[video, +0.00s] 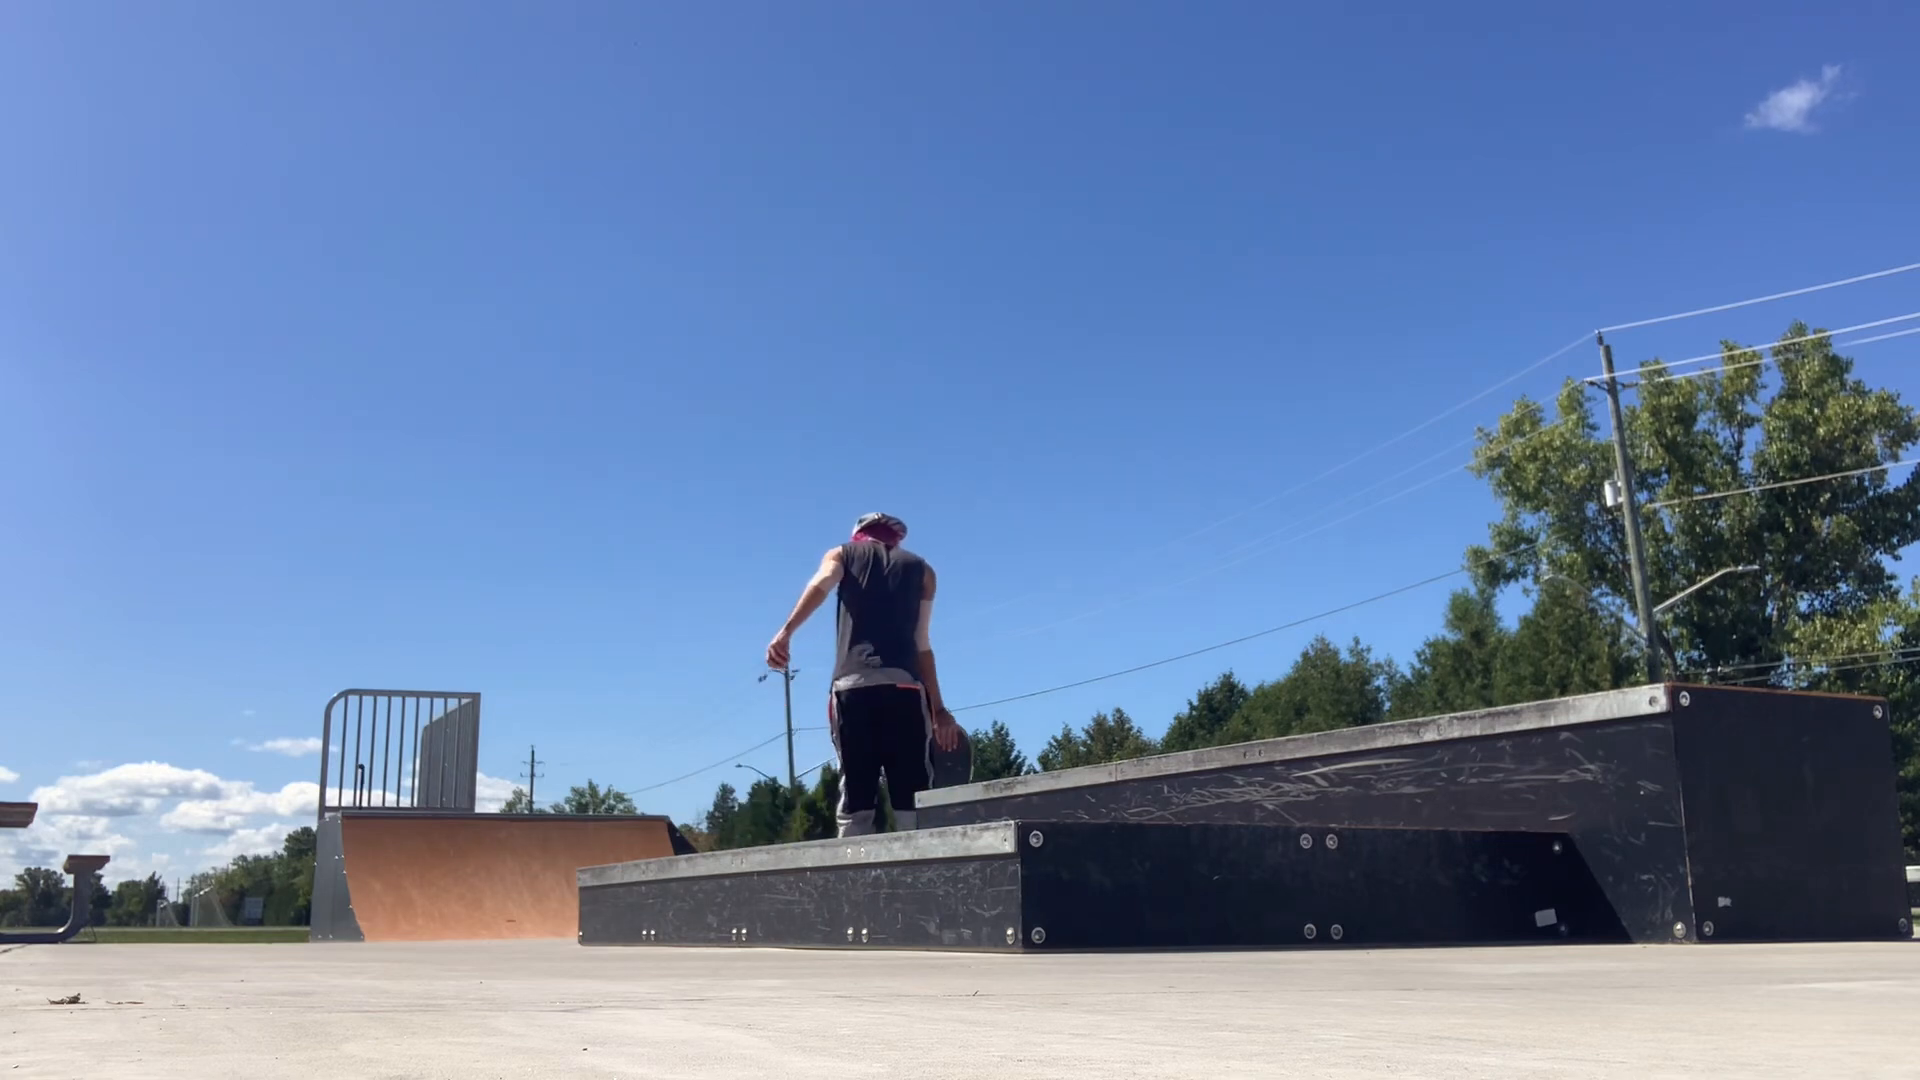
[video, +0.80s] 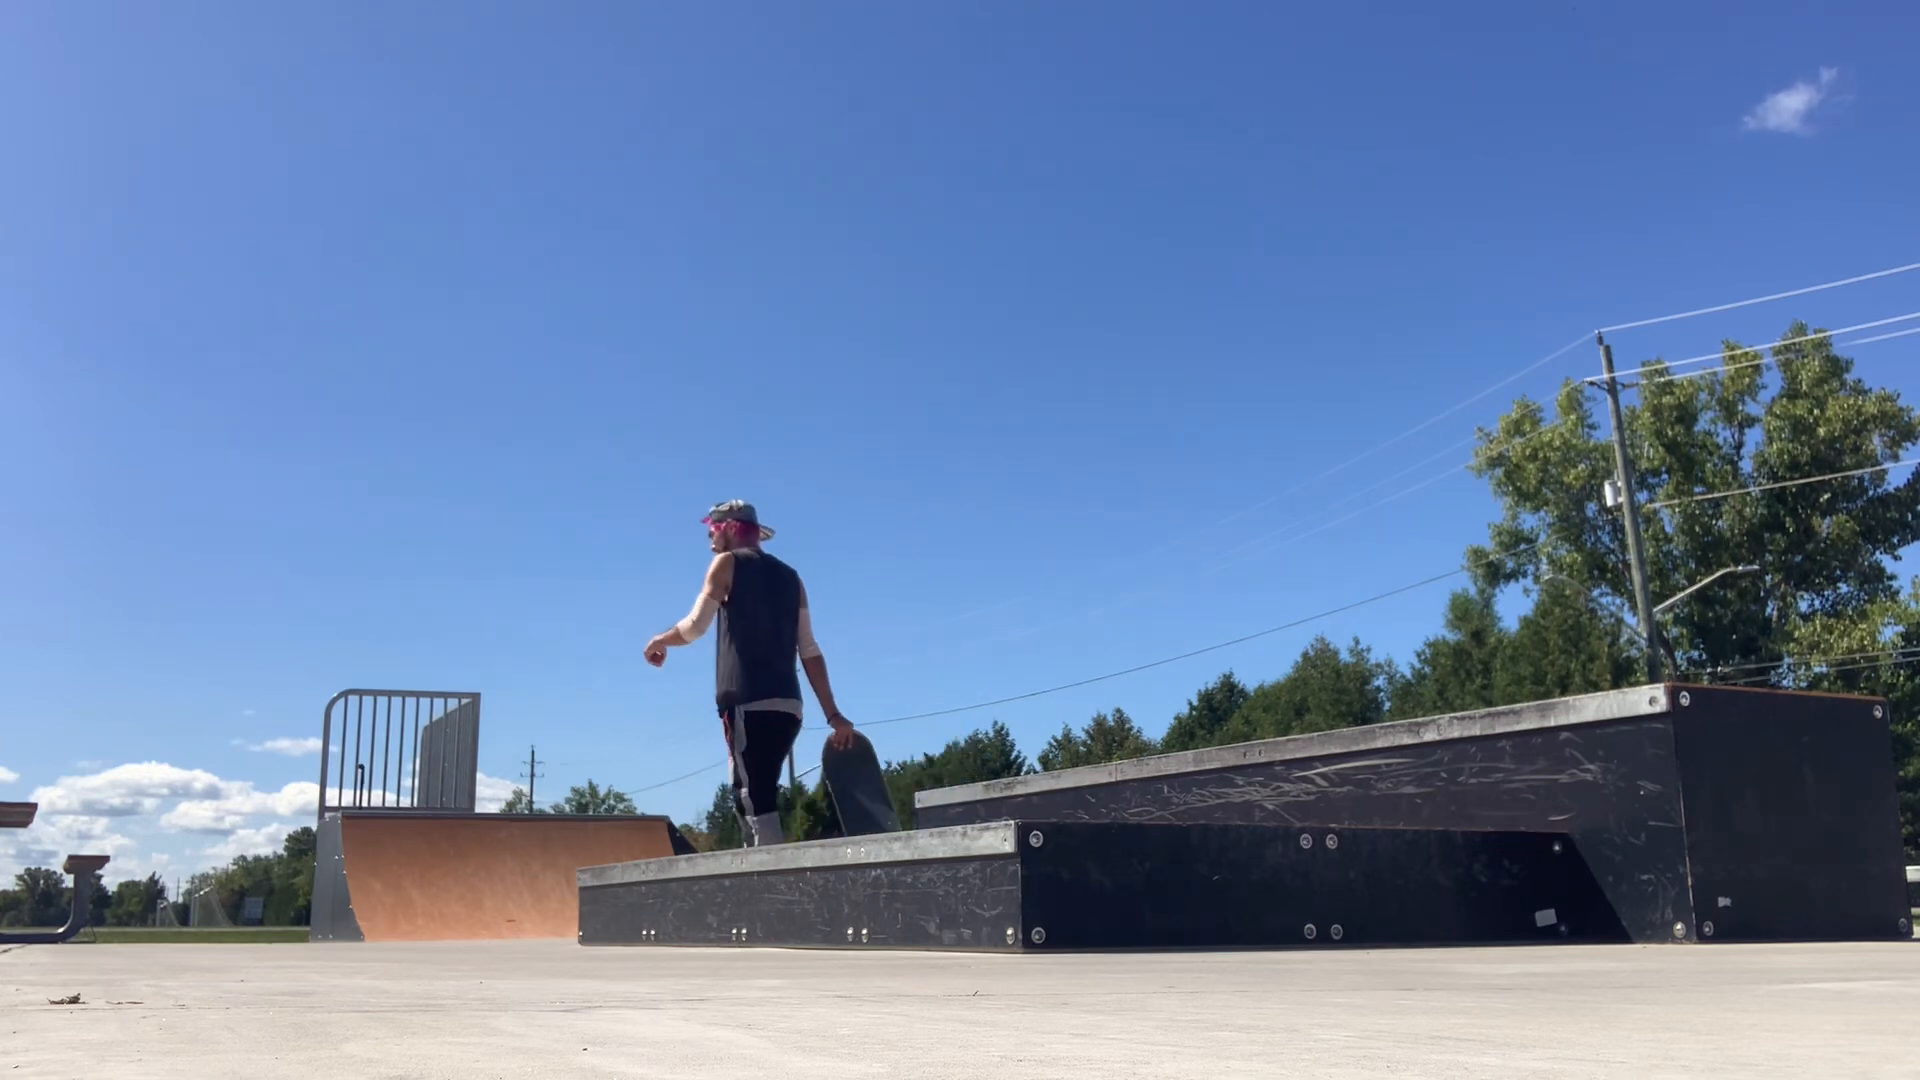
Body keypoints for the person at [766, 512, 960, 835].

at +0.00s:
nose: (851, 545)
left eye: (852, 541)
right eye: (902, 539)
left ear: (858, 536)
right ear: (897, 538)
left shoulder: (843, 553)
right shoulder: (922, 569)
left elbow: (821, 584)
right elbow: (921, 646)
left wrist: (785, 632)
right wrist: (939, 709)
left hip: (852, 696)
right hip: (905, 696)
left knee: (856, 799)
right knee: (909, 799)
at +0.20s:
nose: (844, 543)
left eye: (845, 538)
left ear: (851, 535)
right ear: (887, 537)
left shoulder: (838, 550)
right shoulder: (915, 571)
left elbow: (835, 589)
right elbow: (933, 639)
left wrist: (804, 642)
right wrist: (950, 704)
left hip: (844, 706)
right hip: (897, 706)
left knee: (835, 814)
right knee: (906, 812)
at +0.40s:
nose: (805, 550)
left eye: (805, 546)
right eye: (806, 547)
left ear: (812, 542)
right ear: (850, 540)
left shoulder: (808, 562)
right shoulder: (882, 578)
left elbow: (812, 608)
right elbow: (898, 646)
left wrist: (786, 665)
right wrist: (930, 707)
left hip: (822, 721)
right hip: (877, 720)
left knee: (800, 825)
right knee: (897, 819)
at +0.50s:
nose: (778, 548)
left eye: (778, 543)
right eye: (778, 543)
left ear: (787, 539)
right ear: (823, 539)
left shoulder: (783, 563)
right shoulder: (855, 577)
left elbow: (786, 616)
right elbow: (877, 650)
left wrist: (759, 674)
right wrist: (912, 709)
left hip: (796, 720)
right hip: (851, 718)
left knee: (782, 814)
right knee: (875, 810)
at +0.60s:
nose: (754, 542)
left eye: (755, 535)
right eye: (752, 536)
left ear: (767, 532)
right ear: (797, 533)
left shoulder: (763, 561)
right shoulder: (834, 576)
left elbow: (755, 619)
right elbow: (852, 652)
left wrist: (722, 671)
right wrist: (881, 714)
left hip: (779, 712)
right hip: (826, 713)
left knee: (772, 810)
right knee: (826, 798)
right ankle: (879, 858)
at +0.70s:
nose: (733, 540)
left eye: (735, 532)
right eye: (733, 533)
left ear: (750, 527)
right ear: (776, 530)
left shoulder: (746, 558)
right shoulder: (813, 573)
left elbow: (727, 618)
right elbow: (827, 648)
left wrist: (686, 658)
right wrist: (853, 714)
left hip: (763, 707)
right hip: (808, 710)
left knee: (764, 805)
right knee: (796, 794)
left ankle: (784, 892)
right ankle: (829, 871)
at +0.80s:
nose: (710, 541)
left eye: (713, 532)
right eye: (710, 533)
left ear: (731, 529)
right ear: (751, 532)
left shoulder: (726, 563)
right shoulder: (790, 576)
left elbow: (695, 625)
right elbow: (809, 650)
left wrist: (662, 640)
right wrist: (833, 714)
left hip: (749, 706)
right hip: (789, 708)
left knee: (759, 801)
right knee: (746, 796)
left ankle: (776, 886)